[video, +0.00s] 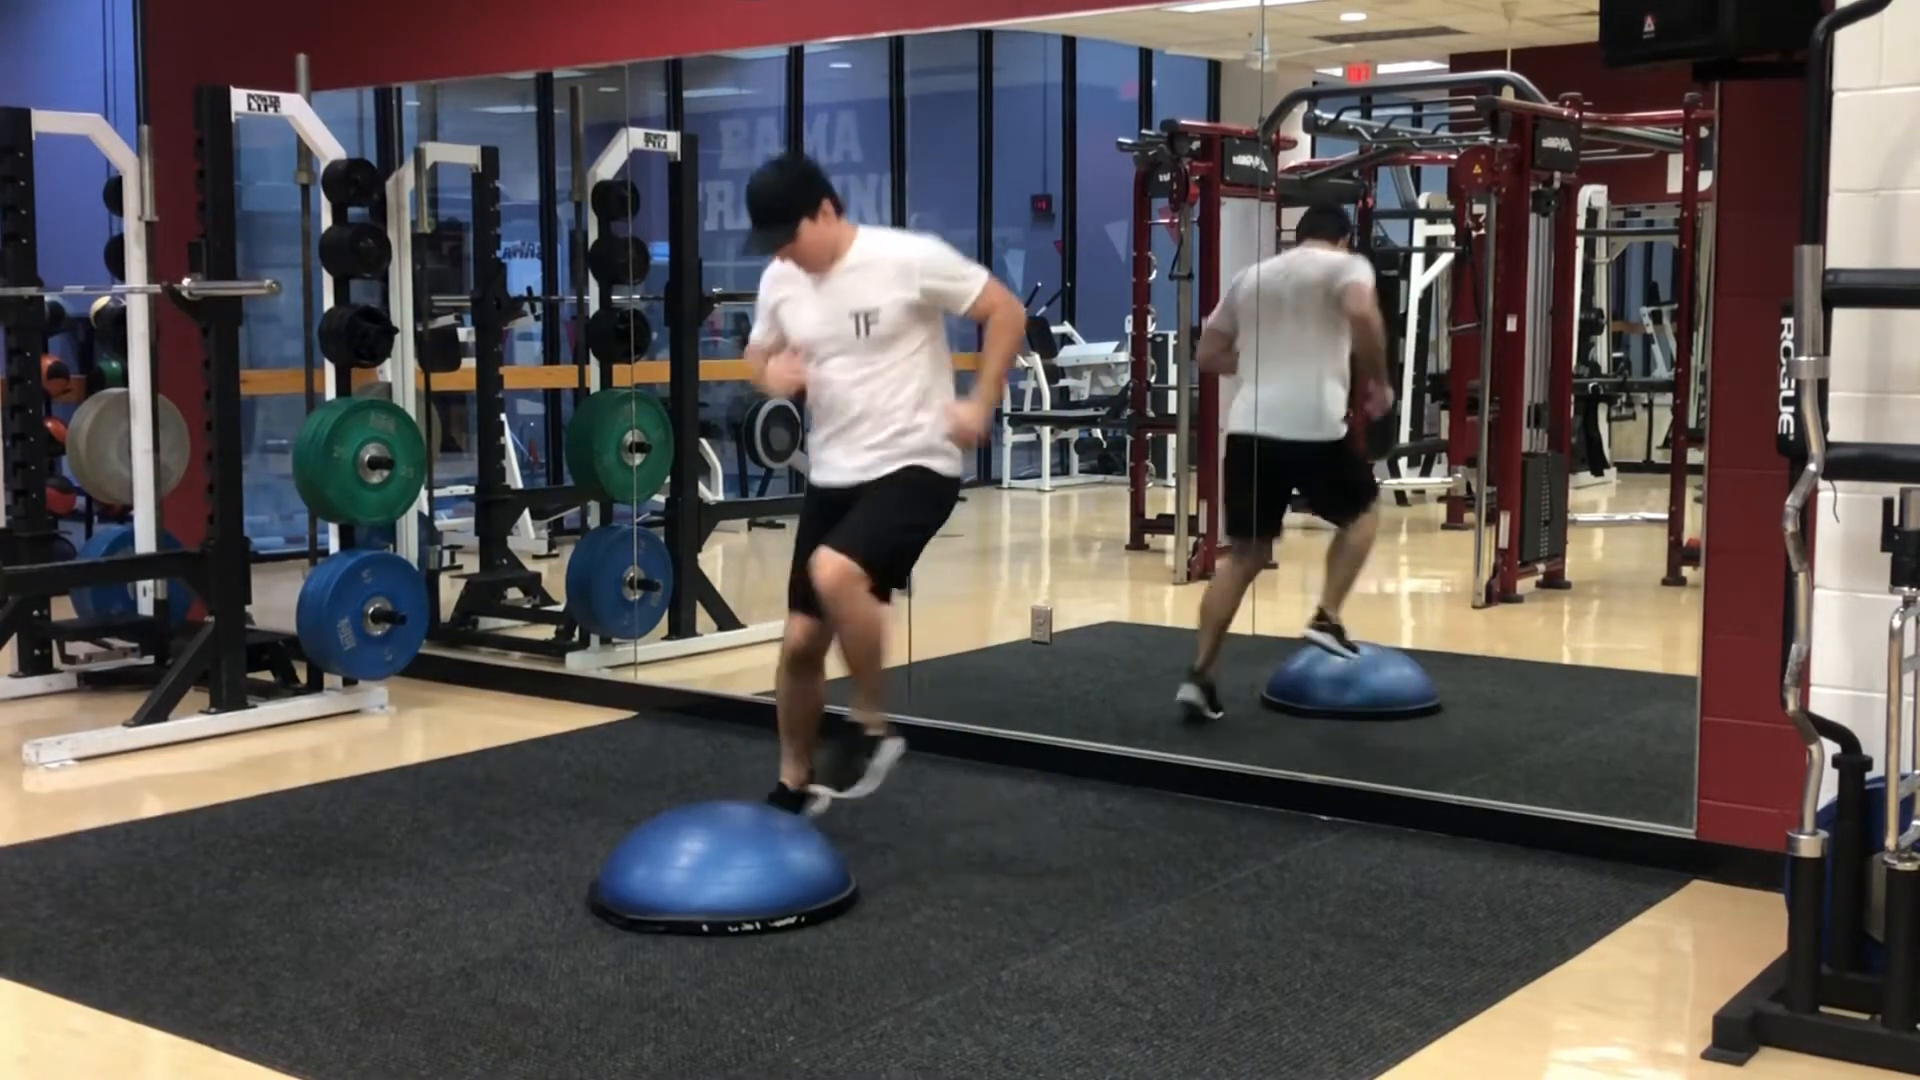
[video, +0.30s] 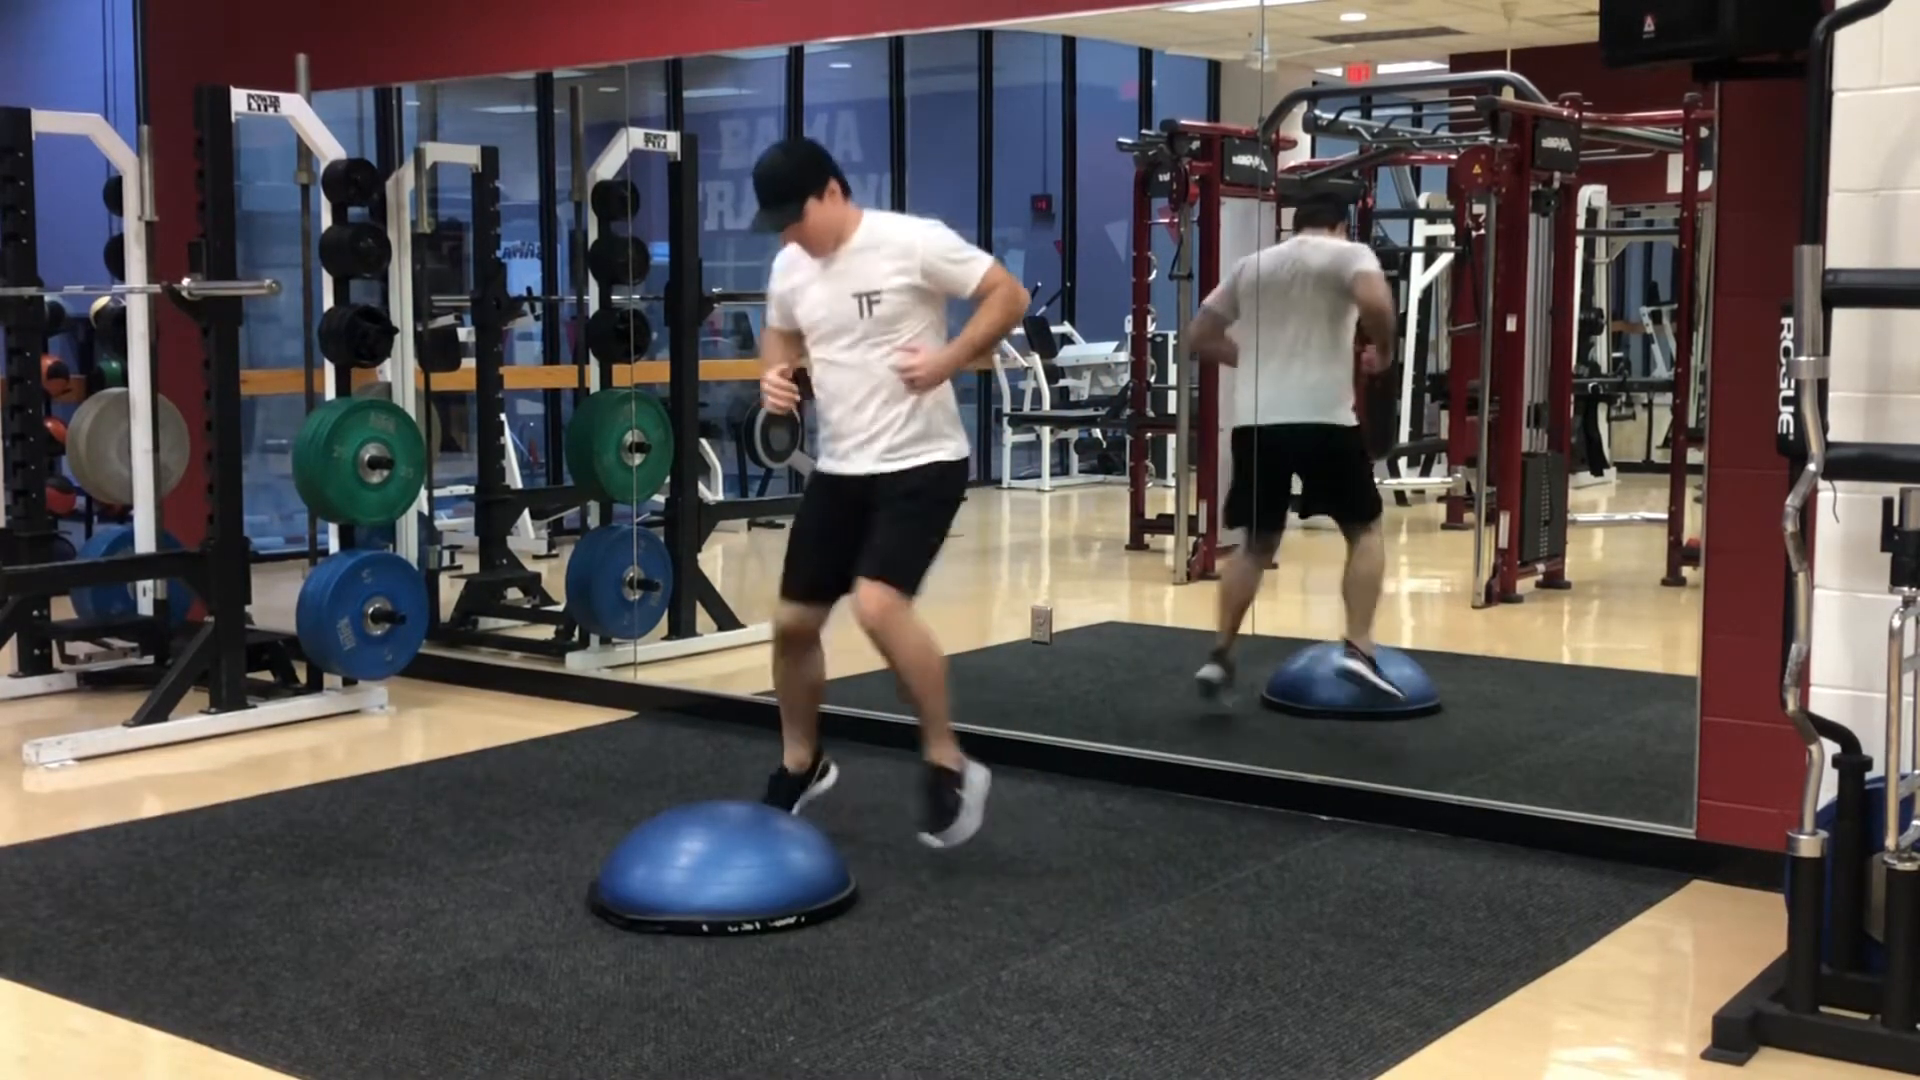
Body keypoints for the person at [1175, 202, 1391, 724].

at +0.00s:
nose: (1348, 248)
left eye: (1341, 241)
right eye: (1348, 242)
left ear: (1299, 236)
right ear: (1343, 239)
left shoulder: (1250, 276)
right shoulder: (1348, 265)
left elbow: (1209, 355)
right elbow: (1361, 314)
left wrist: (1264, 365)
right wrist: (1377, 379)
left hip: (1249, 428)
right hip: (1316, 427)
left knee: (1245, 552)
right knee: (1361, 513)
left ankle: (1200, 675)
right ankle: (1327, 617)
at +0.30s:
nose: (1348, 236)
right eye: (1347, 229)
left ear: (1295, 224)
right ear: (1340, 225)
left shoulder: (1251, 266)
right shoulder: (1351, 255)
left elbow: (1200, 337)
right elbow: (1375, 304)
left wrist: (1256, 358)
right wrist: (1382, 348)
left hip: (1256, 422)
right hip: (1325, 420)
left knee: (1255, 545)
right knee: (1365, 533)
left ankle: (1221, 654)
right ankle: (1358, 650)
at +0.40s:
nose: (1358, 235)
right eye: (1358, 227)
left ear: (1306, 225)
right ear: (1353, 227)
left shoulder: (1262, 269)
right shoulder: (1371, 268)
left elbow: (1210, 337)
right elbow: (1402, 335)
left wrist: (1245, 381)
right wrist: (1384, 377)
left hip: (1271, 431)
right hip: (1338, 432)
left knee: (1285, 523)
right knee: (1361, 563)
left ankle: (1278, 633)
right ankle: (1384, 690)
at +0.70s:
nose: (1358, 241)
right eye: (1358, 233)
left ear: (1305, 227)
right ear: (1351, 231)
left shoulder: (1259, 266)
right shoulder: (1367, 270)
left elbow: (1207, 331)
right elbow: (1393, 349)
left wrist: (1244, 377)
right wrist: (1362, 368)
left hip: (1258, 431)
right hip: (1329, 433)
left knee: (1274, 524)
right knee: (1360, 557)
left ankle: (1238, 636)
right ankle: (1372, 677)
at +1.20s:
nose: (1334, 236)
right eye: (1334, 228)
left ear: (1284, 225)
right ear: (1332, 227)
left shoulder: (1242, 267)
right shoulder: (1348, 258)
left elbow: (1191, 337)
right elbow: (1379, 321)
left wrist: (1218, 389)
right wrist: (1381, 372)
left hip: (1262, 426)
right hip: (1328, 424)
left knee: (1278, 526)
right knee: (1358, 547)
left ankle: (1261, 629)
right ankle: (1377, 670)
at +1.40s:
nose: (1339, 266)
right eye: (1343, 258)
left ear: (1294, 258)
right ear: (1344, 257)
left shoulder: (1260, 299)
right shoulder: (1369, 300)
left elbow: (1210, 364)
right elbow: (1415, 371)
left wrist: (1222, 417)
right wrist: (1381, 388)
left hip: (1272, 462)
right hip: (1337, 461)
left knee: (1306, 533)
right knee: (1366, 588)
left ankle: (1318, 629)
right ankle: (1378, 712)